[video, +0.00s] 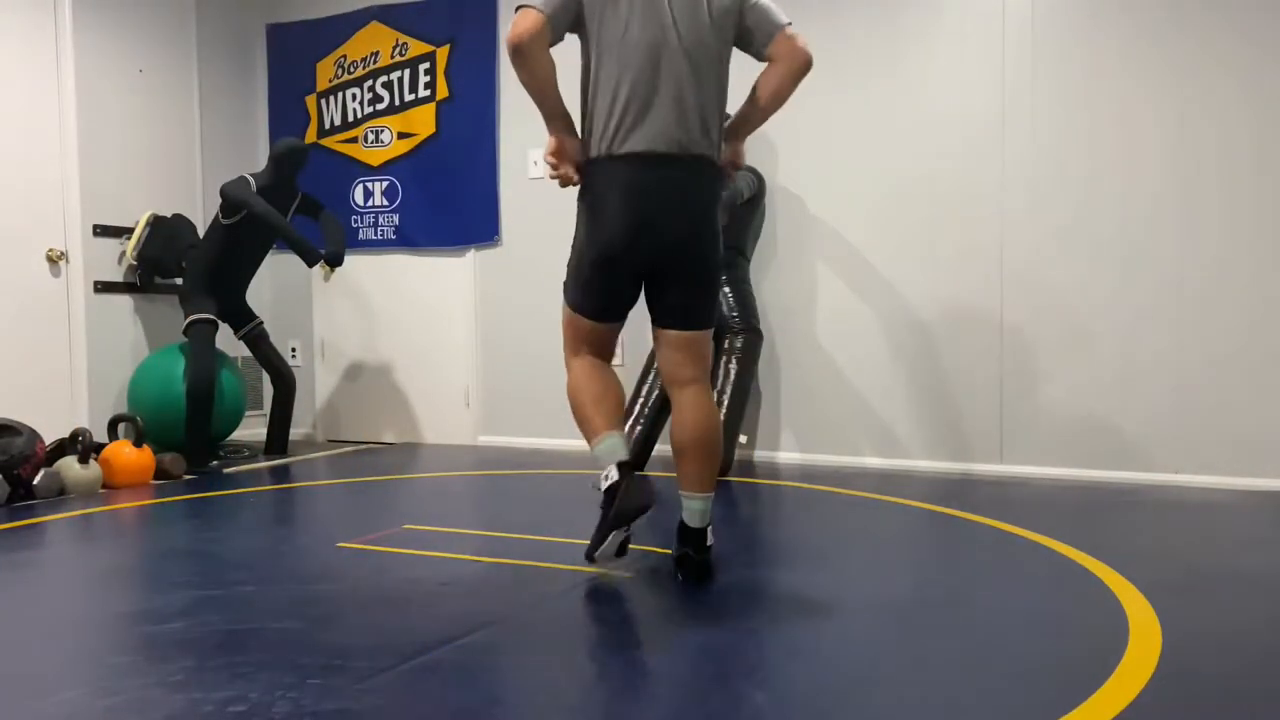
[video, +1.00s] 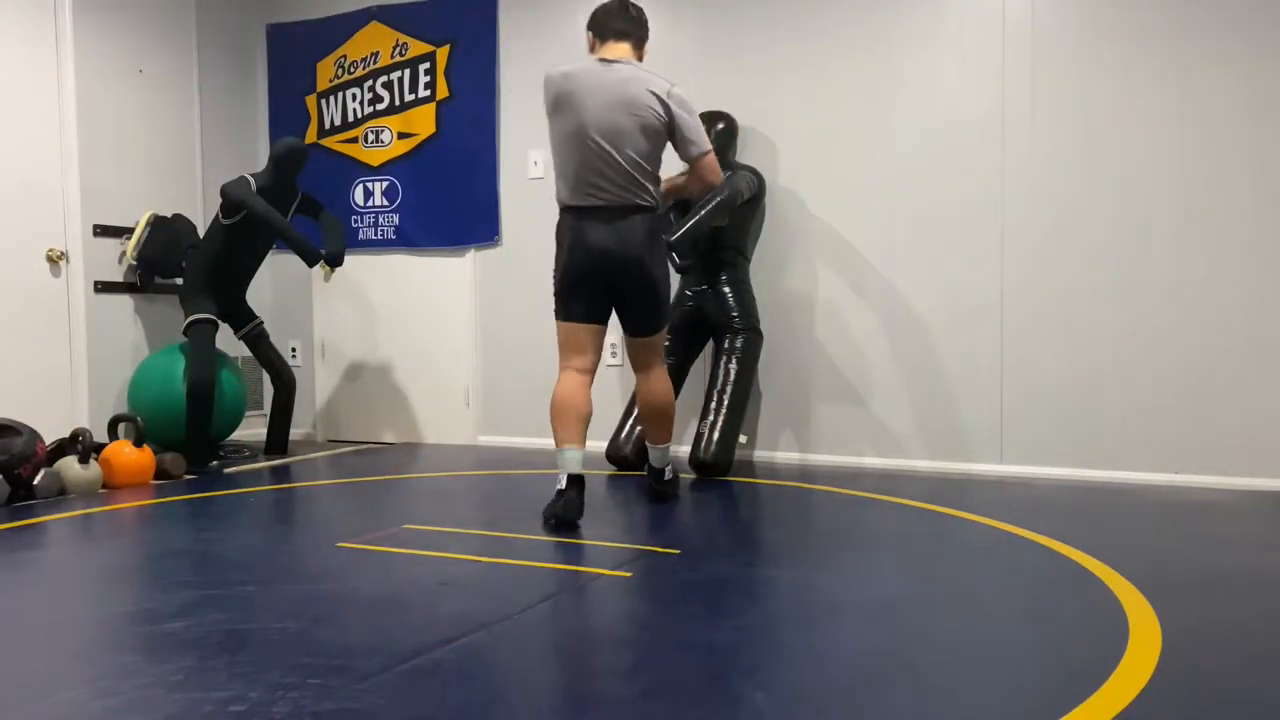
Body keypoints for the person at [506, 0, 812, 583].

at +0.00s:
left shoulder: (586, 0)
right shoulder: (725, 1)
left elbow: (523, 35)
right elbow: (794, 55)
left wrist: (559, 127)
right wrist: (736, 132)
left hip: (615, 192)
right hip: (693, 194)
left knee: (589, 352)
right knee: (690, 376)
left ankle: (617, 477)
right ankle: (694, 542)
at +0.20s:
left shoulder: (568, 9)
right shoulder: (698, 11)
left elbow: (514, 65)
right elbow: (762, 63)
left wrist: (554, 152)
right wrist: (719, 151)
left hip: (603, 211)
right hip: (677, 211)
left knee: (582, 365)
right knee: (682, 379)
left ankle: (567, 488)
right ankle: (693, 536)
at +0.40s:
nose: (638, 13)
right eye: (638, 9)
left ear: (577, 7)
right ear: (631, 7)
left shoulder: (538, 46)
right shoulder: (663, 40)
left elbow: (467, 107)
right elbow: (736, 92)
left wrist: (515, 163)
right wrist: (704, 167)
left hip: (574, 226)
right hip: (644, 225)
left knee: (571, 373)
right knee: (673, 371)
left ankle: (563, 504)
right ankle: (682, 475)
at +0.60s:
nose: (629, 27)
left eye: (626, 22)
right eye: (629, 20)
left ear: (572, 12)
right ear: (623, 15)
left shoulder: (527, 60)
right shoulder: (641, 54)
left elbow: (500, 146)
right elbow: (702, 138)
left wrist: (551, 119)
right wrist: (662, 128)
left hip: (560, 225)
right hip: (628, 222)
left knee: (566, 370)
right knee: (661, 349)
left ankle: (564, 499)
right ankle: (652, 462)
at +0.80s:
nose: (630, 37)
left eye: (624, 30)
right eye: (630, 30)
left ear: (573, 25)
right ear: (624, 28)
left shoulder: (535, 72)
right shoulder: (641, 69)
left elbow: (557, 133)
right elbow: (699, 152)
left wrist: (635, 143)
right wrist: (661, 146)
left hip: (562, 230)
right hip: (625, 228)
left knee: (565, 371)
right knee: (644, 360)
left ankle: (566, 498)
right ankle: (659, 467)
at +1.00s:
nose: (602, 48)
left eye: (593, 39)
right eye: (643, 47)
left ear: (592, 40)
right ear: (643, 46)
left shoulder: (558, 84)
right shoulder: (663, 92)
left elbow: (577, 147)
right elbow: (710, 176)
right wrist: (668, 188)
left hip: (578, 239)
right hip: (638, 239)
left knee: (575, 365)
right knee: (649, 362)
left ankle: (569, 487)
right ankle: (661, 473)